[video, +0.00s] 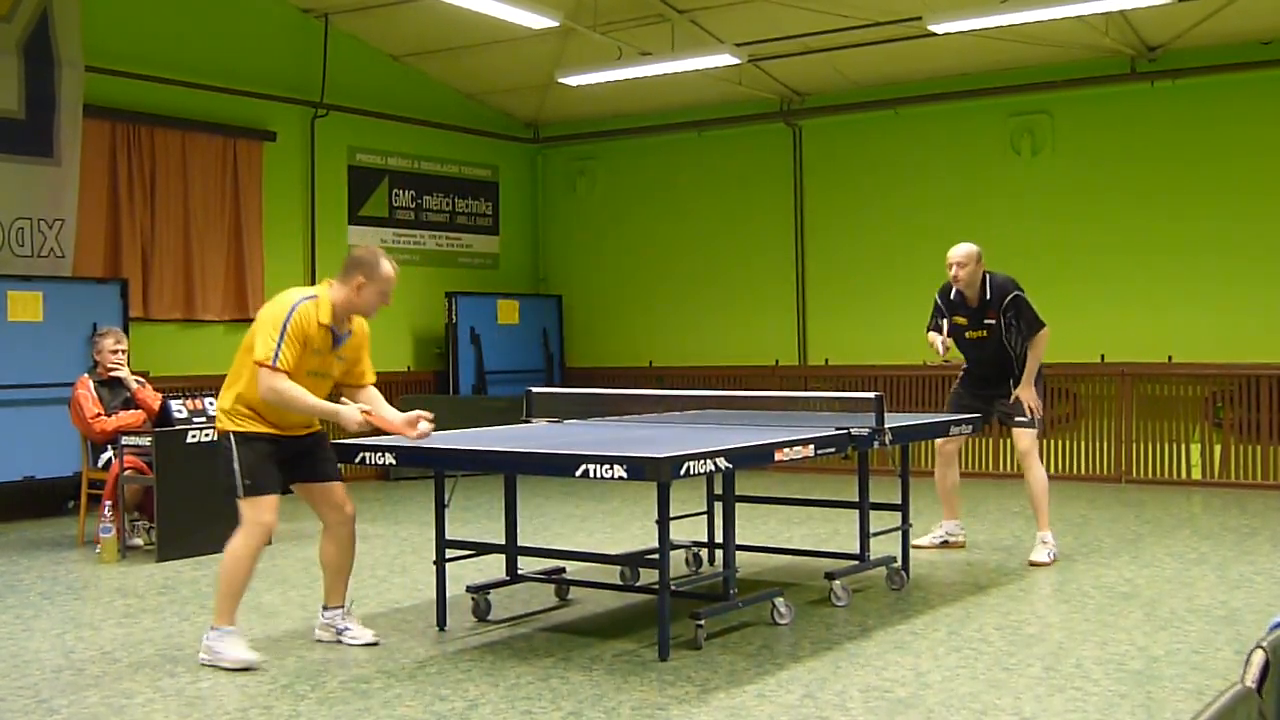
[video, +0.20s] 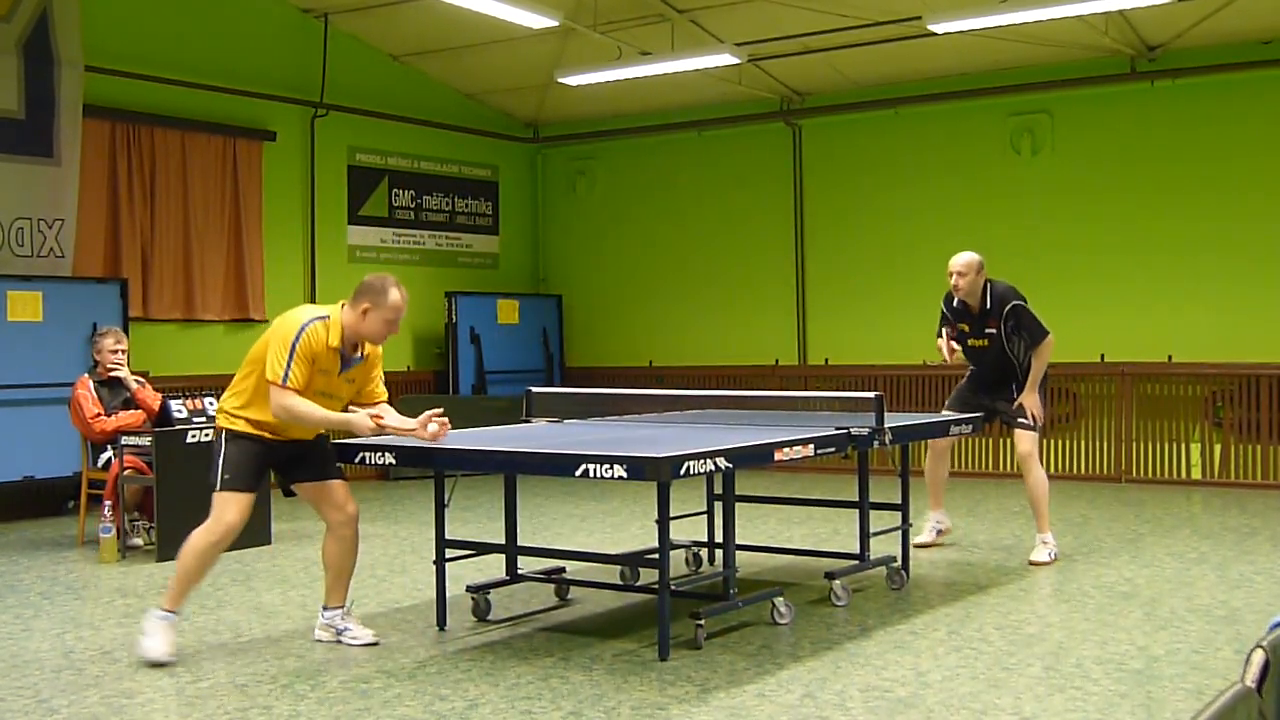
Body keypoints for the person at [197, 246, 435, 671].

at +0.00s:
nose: (387, 301)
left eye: (390, 292)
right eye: (385, 292)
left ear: (361, 285)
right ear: (358, 284)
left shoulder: (356, 328)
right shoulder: (293, 310)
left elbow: (360, 389)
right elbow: (269, 386)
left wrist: (398, 421)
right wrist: (336, 411)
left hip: (303, 426)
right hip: (248, 423)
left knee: (340, 514)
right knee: (258, 524)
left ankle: (333, 618)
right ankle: (220, 633)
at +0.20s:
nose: (394, 330)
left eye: (398, 322)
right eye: (392, 320)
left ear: (372, 313)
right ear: (363, 309)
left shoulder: (369, 350)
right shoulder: (301, 330)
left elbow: (374, 409)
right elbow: (283, 405)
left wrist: (414, 425)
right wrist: (348, 422)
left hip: (302, 433)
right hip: (246, 426)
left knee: (344, 513)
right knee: (227, 522)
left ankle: (333, 617)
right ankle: (164, 616)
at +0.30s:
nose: (390, 340)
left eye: (393, 332)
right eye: (387, 331)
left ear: (369, 323)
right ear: (357, 318)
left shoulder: (364, 356)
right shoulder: (299, 336)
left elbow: (370, 416)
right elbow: (284, 413)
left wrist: (416, 423)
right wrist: (354, 425)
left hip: (301, 438)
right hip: (243, 434)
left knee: (345, 515)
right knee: (214, 532)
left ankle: (334, 617)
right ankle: (143, 615)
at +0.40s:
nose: (379, 354)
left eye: (383, 346)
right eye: (375, 344)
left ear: (363, 336)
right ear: (346, 330)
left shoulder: (356, 367)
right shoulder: (291, 348)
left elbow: (355, 432)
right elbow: (285, 425)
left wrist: (409, 427)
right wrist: (349, 431)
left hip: (293, 448)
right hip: (234, 447)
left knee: (347, 516)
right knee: (202, 543)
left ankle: (334, 617)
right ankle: (137, 622)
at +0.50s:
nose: (374, 363)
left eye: (378, 354)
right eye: (370, 352)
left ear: (347, 344)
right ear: (341, 340)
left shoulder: (352, 376)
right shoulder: (287, 356)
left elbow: (352, 441)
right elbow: (285, 433)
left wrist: (404, 433)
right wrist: (349, 436)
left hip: (290, 456)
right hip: (231, 454)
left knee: (348, 516)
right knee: (198, 548)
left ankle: (334, 617)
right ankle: (136, 624)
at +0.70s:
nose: (369, 378)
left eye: (373, 369)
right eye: (364, 368)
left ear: (342, 360)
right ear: (334, 359)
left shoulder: (349, 391)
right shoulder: (282, 373)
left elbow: (351, 455)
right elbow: (286, 451)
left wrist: (395, 440)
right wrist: (353, 446)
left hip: (285, 472)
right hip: (229, 469)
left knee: (351, 515)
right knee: (198, 556)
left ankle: (335, 616)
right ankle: (137, 625)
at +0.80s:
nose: (368, 381)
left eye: (372, 372)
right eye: (363, 371)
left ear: (341, 366)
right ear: (331, 365)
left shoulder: (350, 394)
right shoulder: (283, 378)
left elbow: (348, 462)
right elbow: (287, 455)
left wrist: (391, 445)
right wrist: (357, 448)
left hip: (284, 477)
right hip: (229, 474)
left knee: (354, 515)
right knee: (198, 558)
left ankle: (335, 616)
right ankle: (138, 625)